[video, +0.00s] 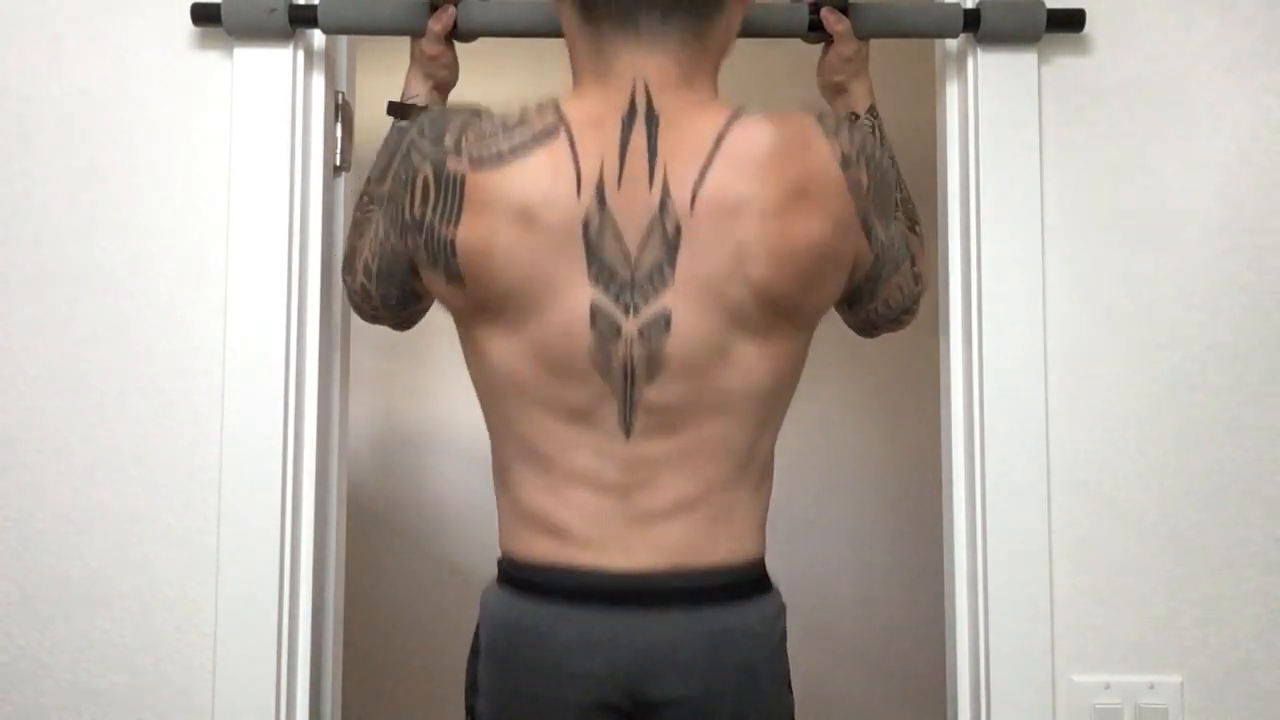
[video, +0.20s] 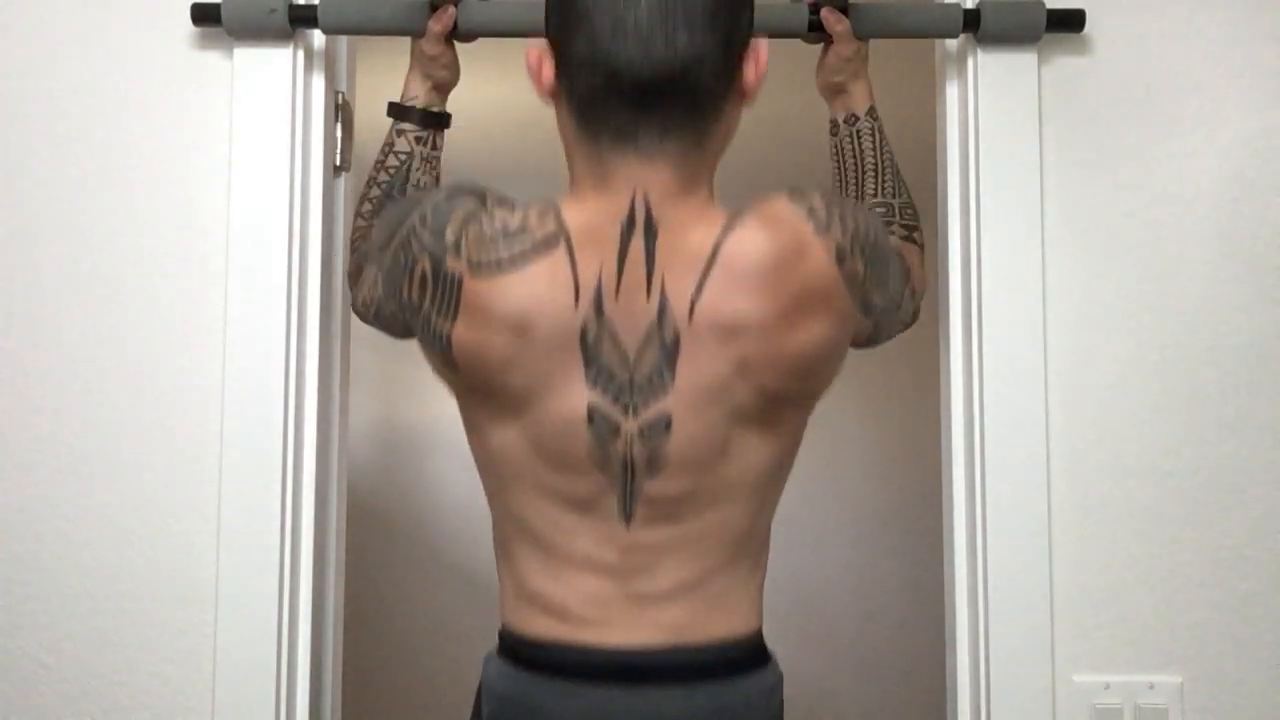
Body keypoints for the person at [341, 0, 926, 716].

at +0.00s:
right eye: (738, 7)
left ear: (568, 15)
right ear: (734, 15)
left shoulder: (464, 163)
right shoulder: (808, 166)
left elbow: (378, 293)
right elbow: (890, 300)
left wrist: (419, 99)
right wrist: (852, 103)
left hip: (536, 634)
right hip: (727, 637)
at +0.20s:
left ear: (543, 72)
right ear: (750, 72)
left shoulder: (470, 261)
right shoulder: (802, 263)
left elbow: (372, 267)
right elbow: (900, 276)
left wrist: (422, 93)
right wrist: (851, 98)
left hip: (534, 685)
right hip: (725, 686)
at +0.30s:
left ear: (543, 126)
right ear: (752, 127)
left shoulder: (475, 308)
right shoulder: (799, 309)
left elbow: (379, 263)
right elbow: (893, 263)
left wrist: (423, 95)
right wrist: (852, 97)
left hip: (534, 699)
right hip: (725, 700)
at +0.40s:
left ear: (544, 171)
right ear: (753, 173)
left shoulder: (482, 352)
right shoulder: (799, 344)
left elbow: (386, 259)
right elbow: (891, 262)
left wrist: (423, 94)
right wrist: (850, 95)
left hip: (538, 707)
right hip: (722, 707)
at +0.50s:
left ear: (543, 209)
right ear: (752, 211)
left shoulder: (484, 389)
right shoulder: (791, 379)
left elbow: (388, 259)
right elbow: (888, 263)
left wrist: (423, 92)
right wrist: (850, 96)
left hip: (537, 710)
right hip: (720, 710)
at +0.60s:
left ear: (542, 243)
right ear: (750, 247)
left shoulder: (489, 417)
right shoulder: (784, 408)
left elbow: (392, 264)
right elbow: (885, 269)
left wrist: (423, 90)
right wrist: (851, 97)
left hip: (533, 711)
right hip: (722, 712)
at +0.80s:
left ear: (539, 295)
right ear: (746, 297)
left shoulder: (493, 458)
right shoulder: (780, 441)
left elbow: (403, 278)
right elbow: (877, 281)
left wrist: (425, 93)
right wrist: (849, 97)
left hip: (532, 714)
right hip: (722, 714)